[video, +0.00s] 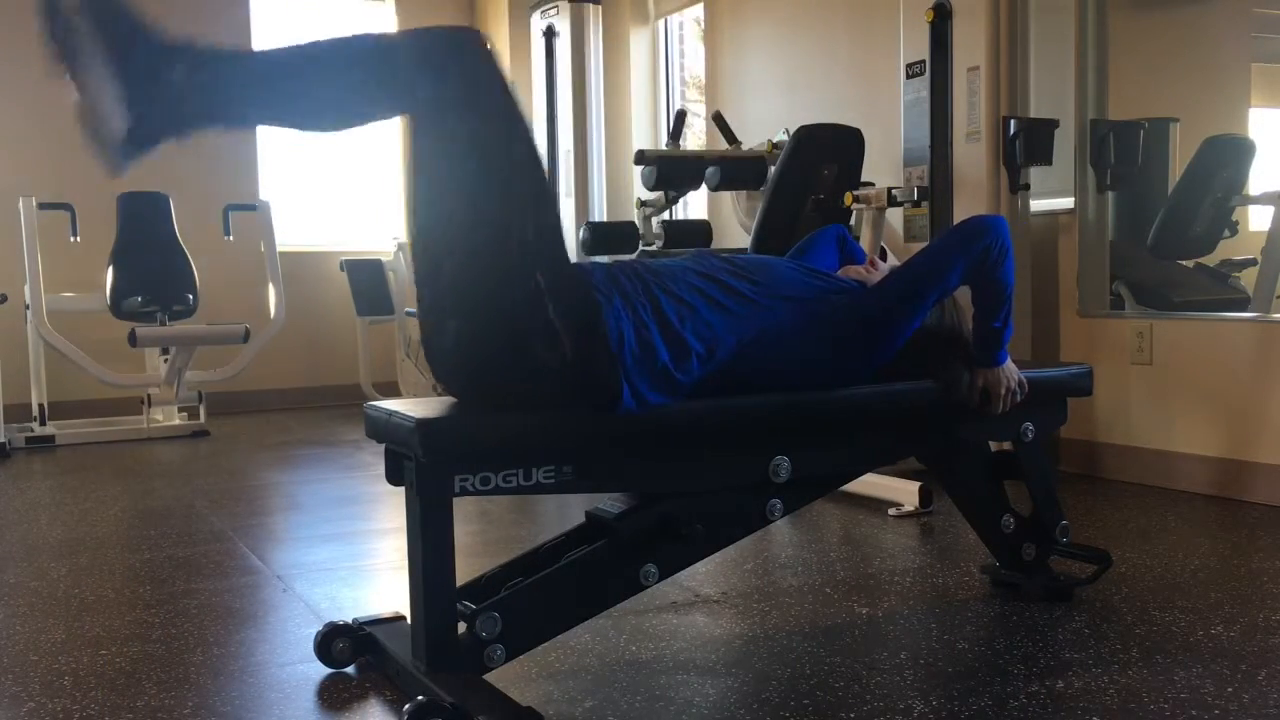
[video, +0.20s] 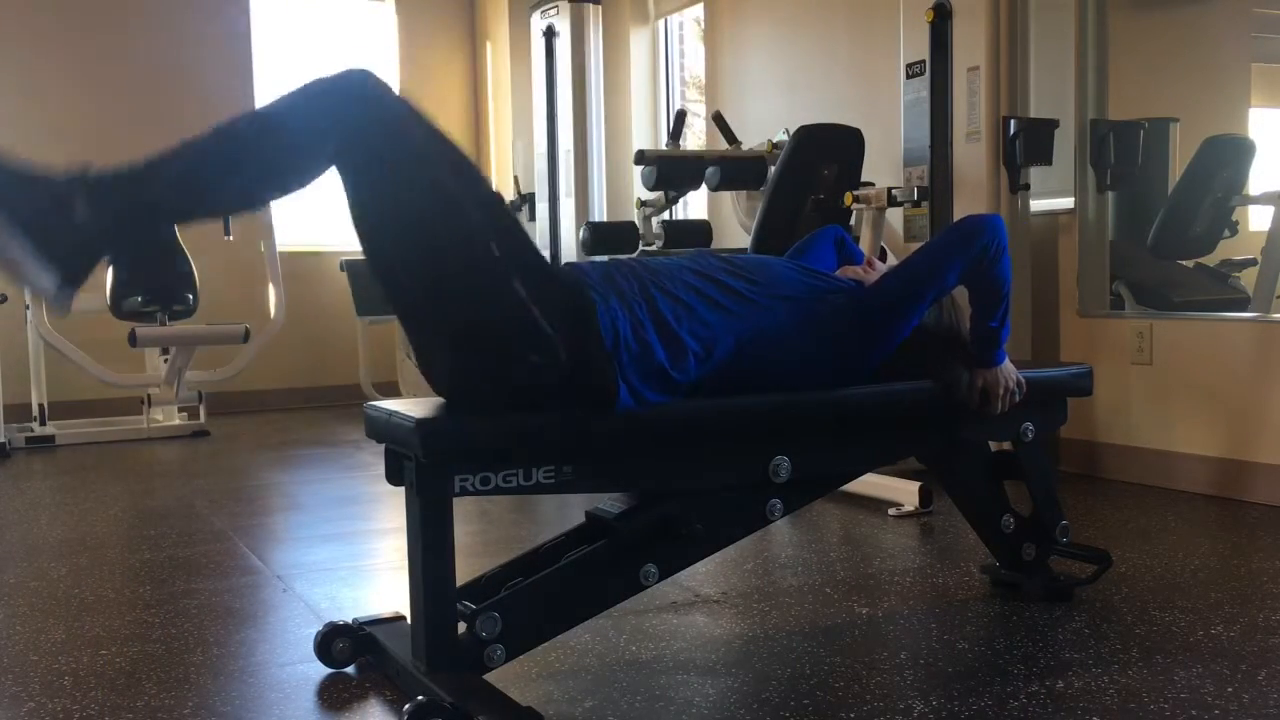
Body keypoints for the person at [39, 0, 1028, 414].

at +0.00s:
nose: (870, 244)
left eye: (889, 249)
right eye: (870, 237)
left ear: (899, 298)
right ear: (850, 259)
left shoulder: (855, 329)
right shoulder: (800, 292)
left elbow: (992, 235)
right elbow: (824, 200)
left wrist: (986, 349)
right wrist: (870, 249)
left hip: (539, 356)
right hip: (531, 326)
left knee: (452, 64)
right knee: (451, 63)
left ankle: (156, 98)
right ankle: (169, 80)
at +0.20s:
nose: (883, 252)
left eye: (903, 258)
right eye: (887, 244)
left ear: (909, 294)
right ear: (868, 258)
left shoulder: (850, 329)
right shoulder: (800, 288)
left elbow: (981, 233)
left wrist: (966, 332)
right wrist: (901, 262)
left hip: (547, 351)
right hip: (534, 309)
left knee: (357, 104)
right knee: (356, 96)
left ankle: (91, 221)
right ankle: (129, 225)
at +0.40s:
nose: (863, 245)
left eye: (882, 255)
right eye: (862, 239)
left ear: (892, 309)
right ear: (836, 260)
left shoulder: (842, 328)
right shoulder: (784, 282)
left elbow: (985, 232)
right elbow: (824, 160)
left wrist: (966, 340)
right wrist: (864, 240)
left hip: (541, 346)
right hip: (521, 303)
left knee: (274, 176)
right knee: (293, 168)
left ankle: (41, 361)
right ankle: (178, 272)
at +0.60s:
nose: (877, 244)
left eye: (899, 263)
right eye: (889, 253)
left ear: (914, 323)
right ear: (881, 307)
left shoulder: (855, 325)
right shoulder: (788, 282)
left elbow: (984, 228)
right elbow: (823, 157)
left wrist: (979, 354)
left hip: (554, 342)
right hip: (524, 304)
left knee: (238, 256)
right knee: (254, 235)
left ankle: (41, 493)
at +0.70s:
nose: (881, 247)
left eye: (900, 256)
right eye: (883, 238)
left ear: (899, 296)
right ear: (859, 251)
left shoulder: (849, 322)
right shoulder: (790, 281)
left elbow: (985, 235)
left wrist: (974, 351)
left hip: (552, 352)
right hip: (527, 300)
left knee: (234, 307)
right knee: (331, 272)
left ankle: (41, 550)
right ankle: (183, 296)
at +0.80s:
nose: (874, 246)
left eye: (892, 252)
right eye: (874, 239)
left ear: (895, 286)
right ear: (851, 251)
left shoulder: (854, 323)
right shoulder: (786, 284)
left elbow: (979, 234)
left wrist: (968, 351)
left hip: (552, 344)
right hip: (520, 298)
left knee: (227, 350)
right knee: (241, 328)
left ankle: (48, 592)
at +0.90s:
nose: (884, 255)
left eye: (896, 264)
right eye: (890, 253)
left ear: (898, 297)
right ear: (867, 267)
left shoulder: (860, 321)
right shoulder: (782, 289)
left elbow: (979, 222)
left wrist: (977, 351)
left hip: (552, 347)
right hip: (515, 304)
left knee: (239, 365)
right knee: (259, 341)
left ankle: (59, 619)